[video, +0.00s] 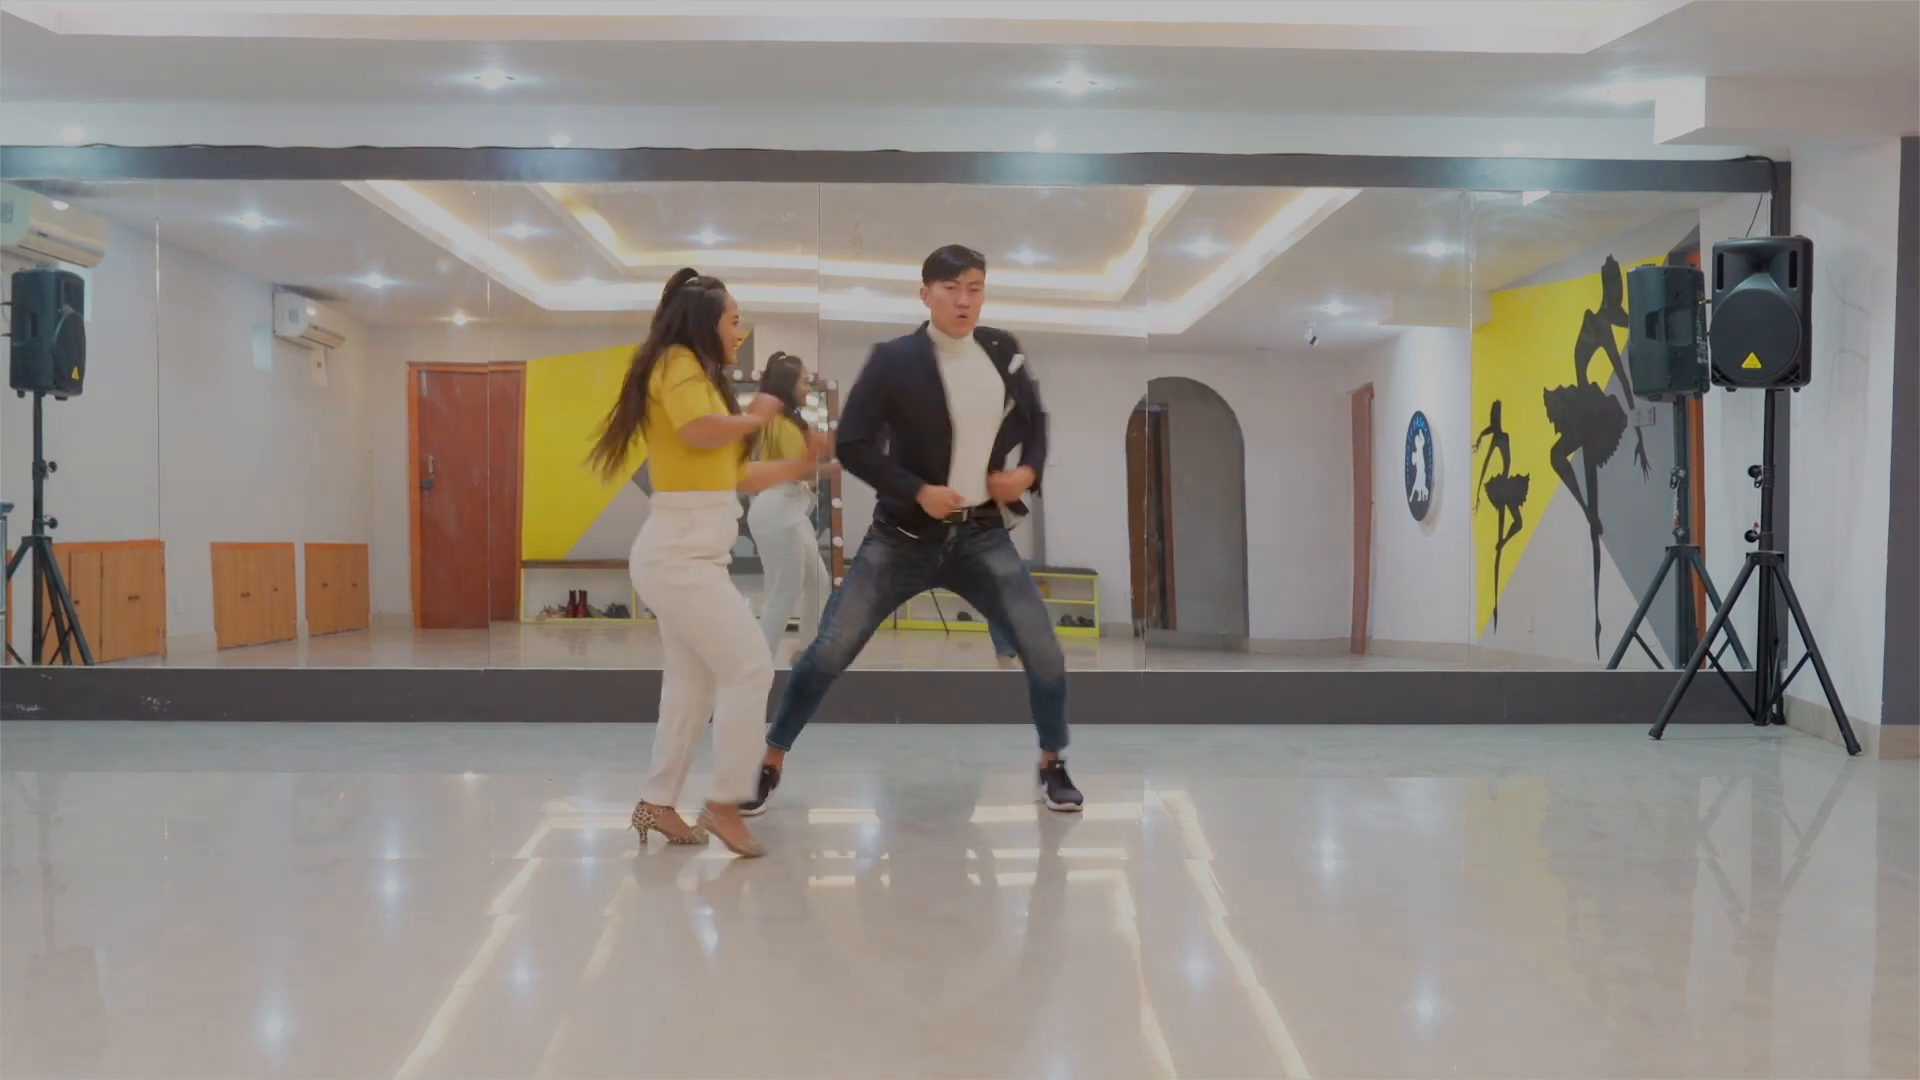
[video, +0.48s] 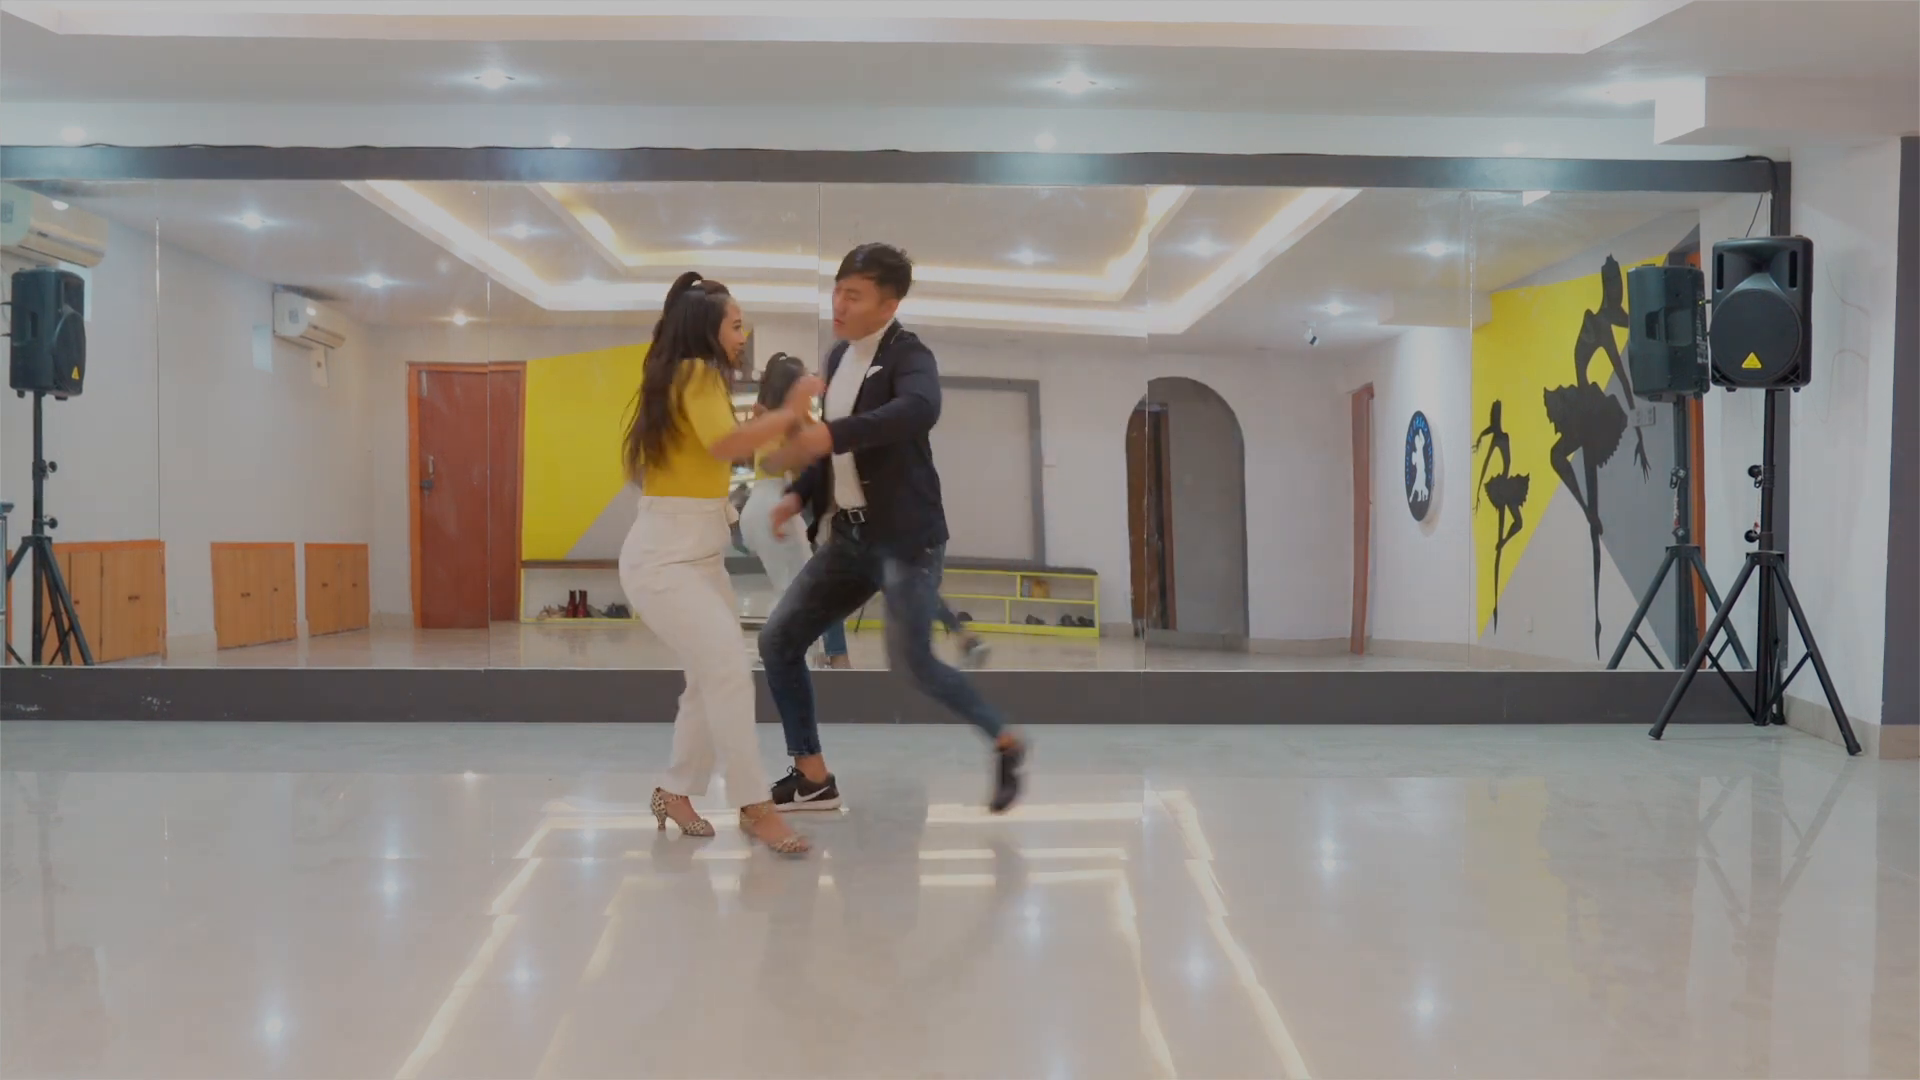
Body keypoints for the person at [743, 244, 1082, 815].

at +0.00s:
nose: (964, 301)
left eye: (974, 290)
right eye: (951, 289)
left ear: (984, 295)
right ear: (926, 294)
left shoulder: (1002, 351)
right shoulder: (891, 361)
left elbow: (1034, 417)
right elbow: (852, 446)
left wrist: (1027, 471)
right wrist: (917, 490)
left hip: (983, 537)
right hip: (901, 538)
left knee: (1045, 651)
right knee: (829, 653)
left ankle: (1053, 763)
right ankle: (771, 757)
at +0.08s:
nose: (952, 303)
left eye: (963, 292)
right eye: (939, 291)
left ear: (976, 299)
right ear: (918, 298)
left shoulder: (1008, 366)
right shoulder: (885, 373)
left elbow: (1059, 433)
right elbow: (849, 454)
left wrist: (1025, 492)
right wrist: (894, 484)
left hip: (982, 542)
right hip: (901, 539)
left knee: (1029, 661)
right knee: (820, 639)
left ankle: (1058, 763)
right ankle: (777, 757)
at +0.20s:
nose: (911, 311)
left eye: (926, 301)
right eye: (906, 300)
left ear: (957, 310)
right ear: (898, 309)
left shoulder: (976, 375)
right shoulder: (897, 379)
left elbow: (1033, 443)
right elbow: (874, 437)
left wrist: (982, 503)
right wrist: (873, 473)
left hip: (967, 549)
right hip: (899, 545)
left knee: (1010, 667)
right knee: (802, 627)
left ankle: (1059, 763)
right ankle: (806, 770)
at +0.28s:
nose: (886, 311)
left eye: (901, 300)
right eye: (885, 300)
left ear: (936, 310)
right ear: (886, 306)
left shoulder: (952, 368)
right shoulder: (893, 375)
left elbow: (982, 427)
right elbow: (881, 448)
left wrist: (925, 485)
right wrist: (862, 485)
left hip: (949, 551)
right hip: (887, 549)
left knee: (1000, 666)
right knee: (793, 631)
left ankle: (1063, 760)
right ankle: (813, 772)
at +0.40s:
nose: (856, 302)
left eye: (871, 294)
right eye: (855, 291)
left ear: (906, 303)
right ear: (855, 296)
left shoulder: (918, 353)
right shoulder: (866, 363)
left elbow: (932, 412)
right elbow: (864, 439)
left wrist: (856, 443)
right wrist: (830, 488)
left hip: (917, 541)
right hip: (860, 537)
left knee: (958, 667)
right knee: (782, 636)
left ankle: (1055, 738)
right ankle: (811, 774)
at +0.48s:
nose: (839, 304)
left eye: (854, 296)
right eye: (838, 292)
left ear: (890, 304)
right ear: (835, 293)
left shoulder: (909, 355)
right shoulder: (837, 359)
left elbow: (920, 410)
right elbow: (835, 438)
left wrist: (833, 435)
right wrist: (800, 493)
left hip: (907, 533)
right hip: (850, 533)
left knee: (916, 663)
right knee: (779, 641)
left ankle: (1008, 741)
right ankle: (811, 775)